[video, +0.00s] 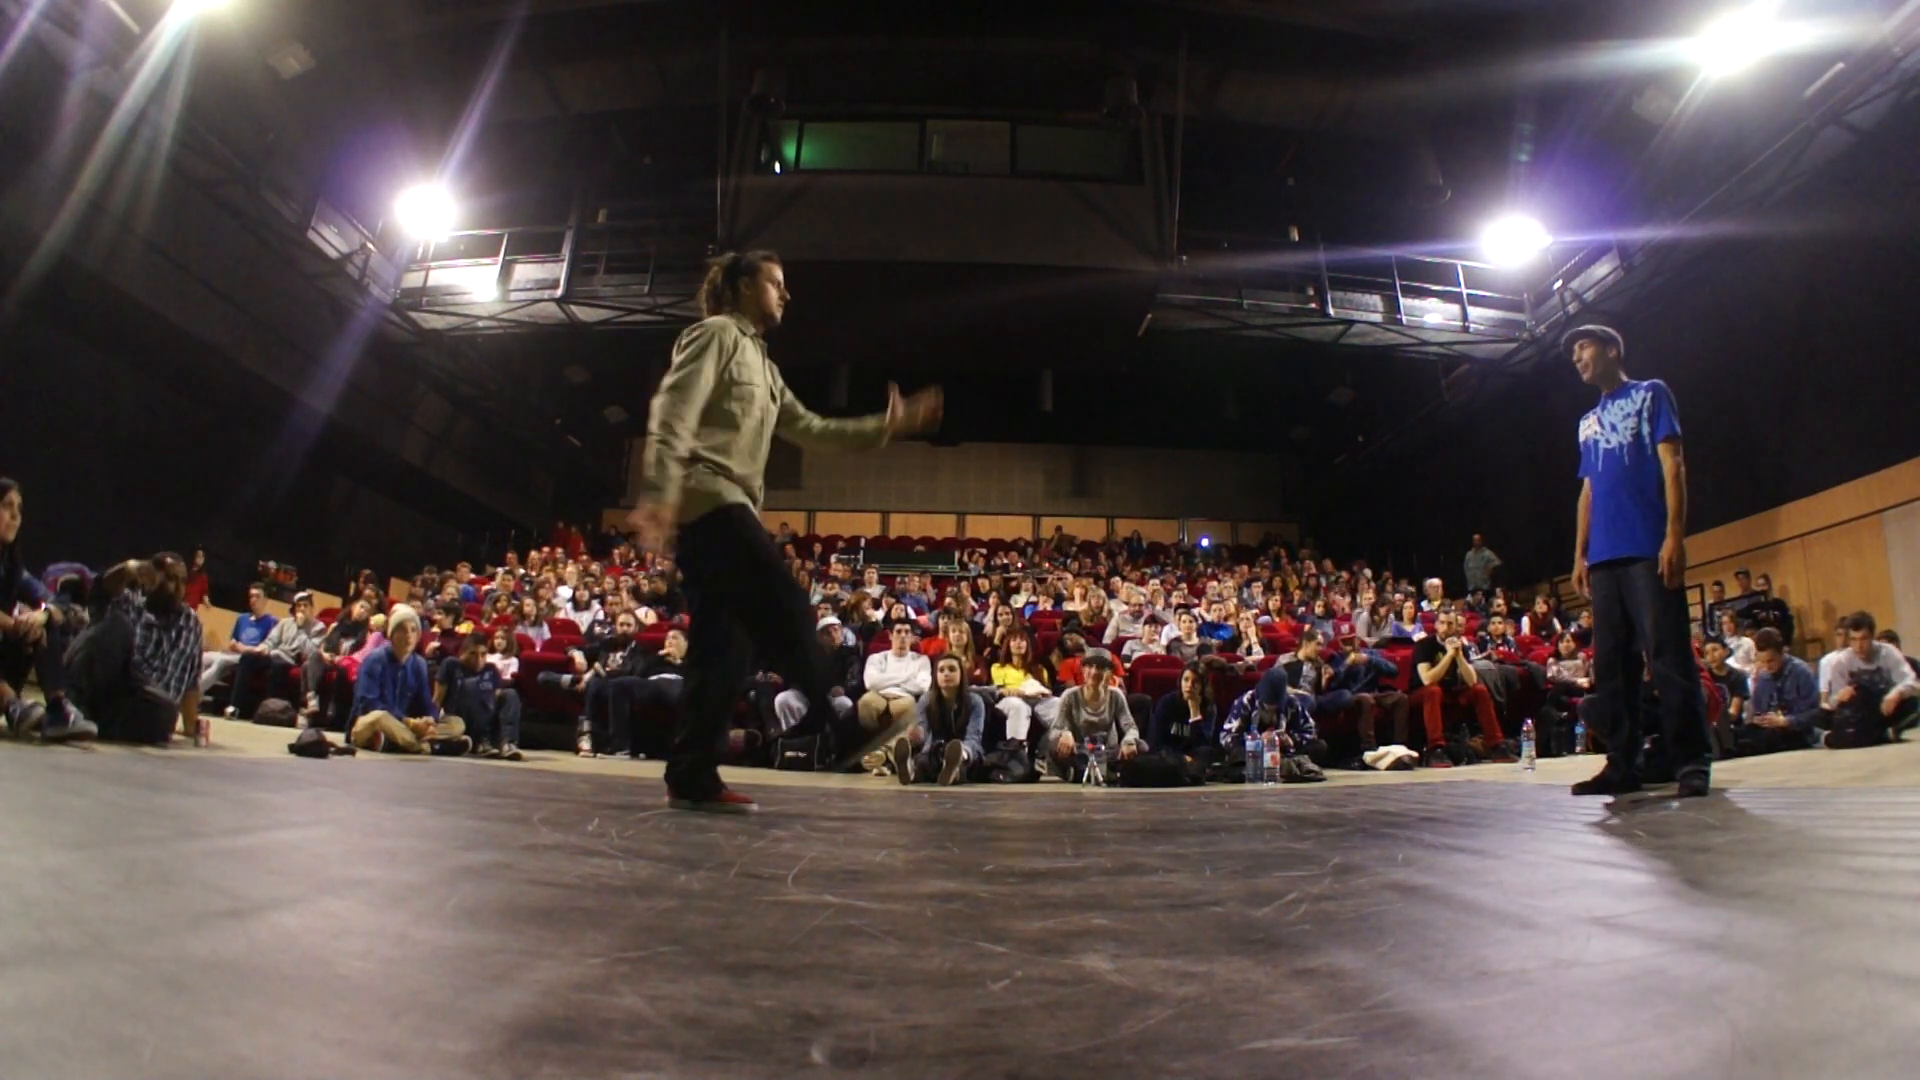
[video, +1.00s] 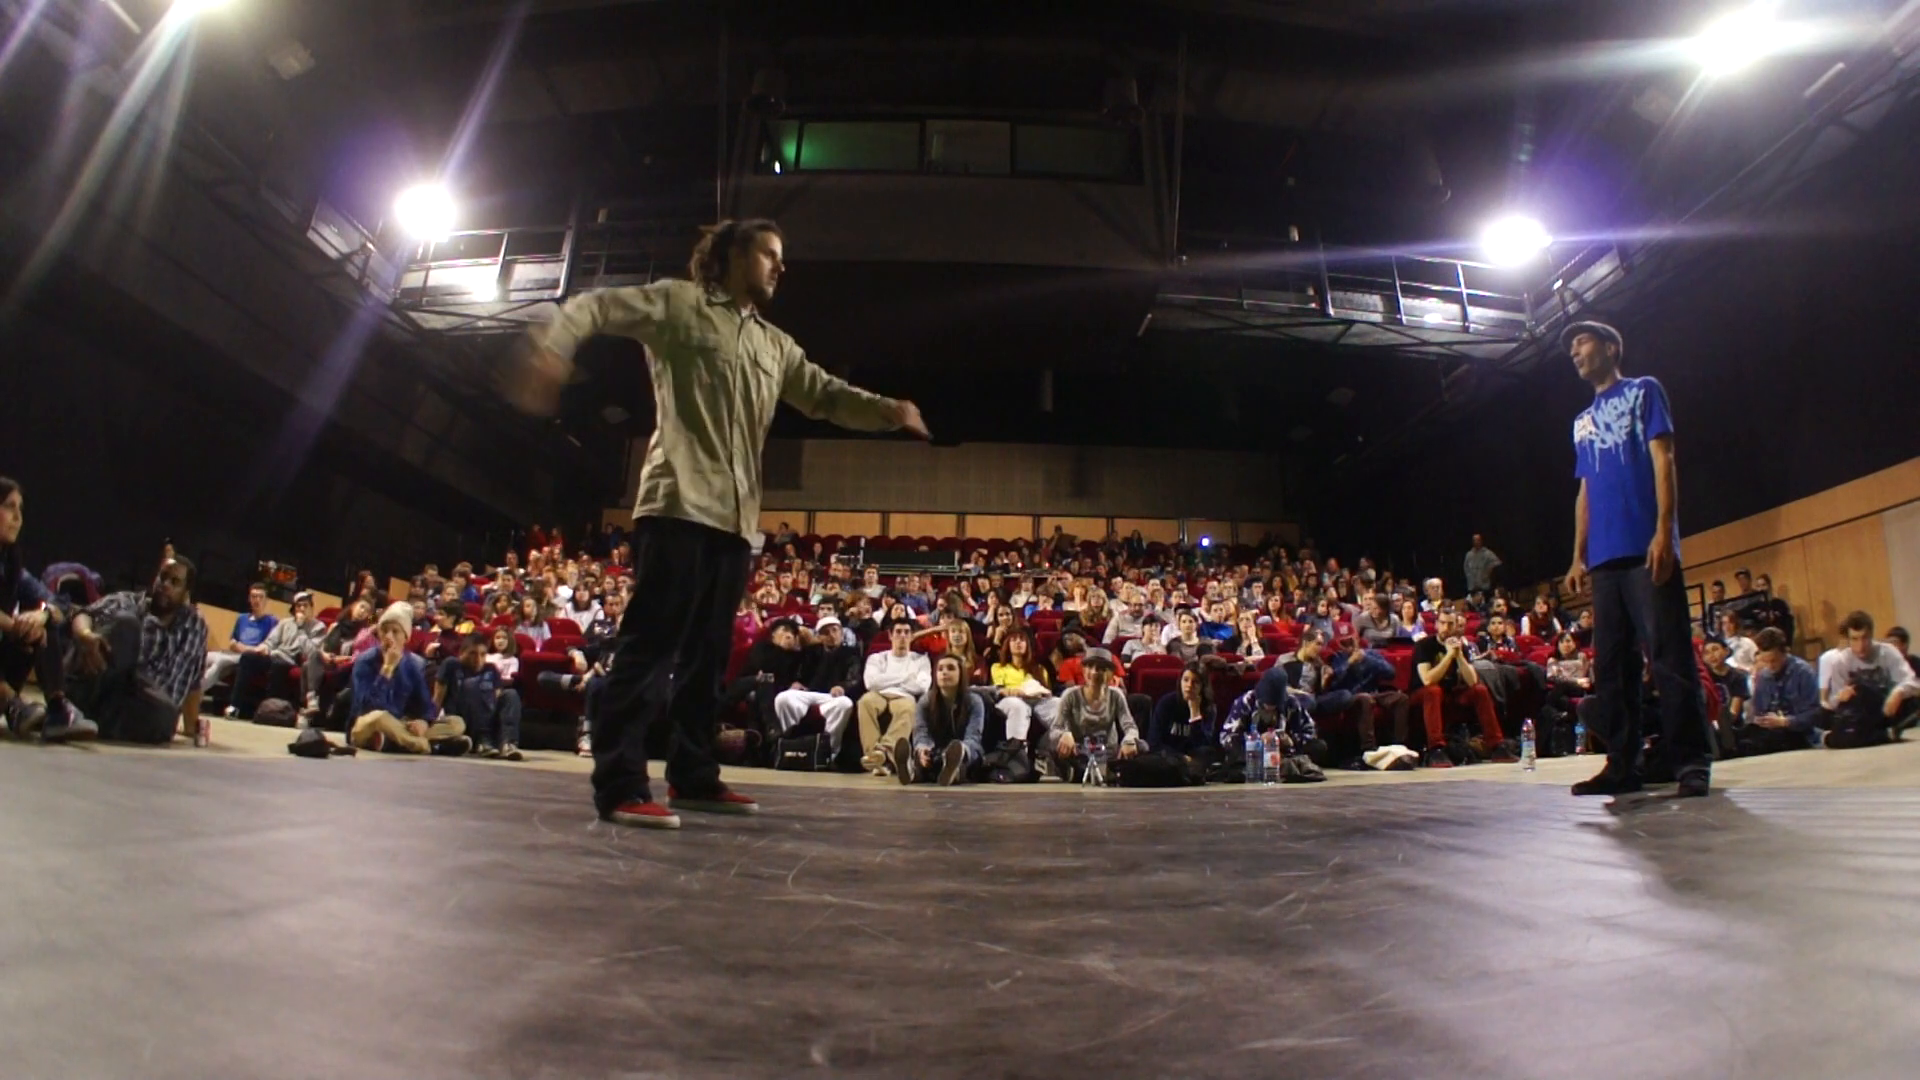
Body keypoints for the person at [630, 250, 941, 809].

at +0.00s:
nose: (785, 296)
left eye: (784, 287)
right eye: (775, 284)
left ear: (755, 294)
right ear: (741, 287)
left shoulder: (764, 368)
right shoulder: (716, 333)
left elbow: (810, 429)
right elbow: (673, 411)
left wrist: (888, 422)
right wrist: (660, 492)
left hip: (729, 505)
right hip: (707, 499)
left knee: (720, 645)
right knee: (784, 607)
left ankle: (693, 774)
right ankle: (837, 722)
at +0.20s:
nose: (783, 290)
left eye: (783, 283)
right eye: (775, 279)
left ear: (763, 290)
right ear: (742, 281)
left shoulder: (765, 365)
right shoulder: (710, 324)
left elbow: (831, 408)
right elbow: (641, 387)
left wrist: (881, 357)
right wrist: (611, 462)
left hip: (722, 484)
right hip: (702, 471)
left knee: (686, 632)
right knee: (830, 489)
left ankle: (690, 776)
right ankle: (881, 622)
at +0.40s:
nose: (774, 289)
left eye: (778, 284)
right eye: (766, 278)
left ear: (772, 293)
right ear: (732, 274)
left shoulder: (767, 358)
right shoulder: (694, 322)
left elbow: (831, 398)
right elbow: (628, 386)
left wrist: (910, 387)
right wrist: (592, 453)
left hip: (728, 487)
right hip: (694, 478)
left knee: (693, 637)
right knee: (795, 560)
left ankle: (689, 777)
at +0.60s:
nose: (769, 283)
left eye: (777, 277)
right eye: (761, 269)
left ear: (779, 286)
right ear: (728, 266)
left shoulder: (771, 344)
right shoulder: (678, 317)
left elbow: (813, 400)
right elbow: (601, 366)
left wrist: (844, 390)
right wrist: (616, 436)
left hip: (745, 510)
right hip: (686, 497)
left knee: (719, 647)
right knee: (671, 631)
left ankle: (695, 779)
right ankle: (619, 780)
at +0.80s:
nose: (766, 277)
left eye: (774, 271)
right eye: (758, 264)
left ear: (776, 281)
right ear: (726, 260)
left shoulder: (772, 345)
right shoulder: (676, 306)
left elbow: (810, 394)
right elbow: (630, 378)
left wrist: (842, 387)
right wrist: (639, 411)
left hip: (740, 515)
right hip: (677, 499)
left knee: (709, 650)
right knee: (646, 642)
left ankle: (694, 779)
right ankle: (617, 785)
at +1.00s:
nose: (778, 268)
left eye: (781, 261)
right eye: (769, 256)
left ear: (771, 271)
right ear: (732, 255)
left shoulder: (775, 342)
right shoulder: (683, 300)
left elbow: (824, 391)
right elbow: (592, 306)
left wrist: (890, 410)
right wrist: (553, 348)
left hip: (736, 513)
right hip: (677, 500)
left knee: (707, 653)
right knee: (651, 645)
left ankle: (694, 780)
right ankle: (619, 786)